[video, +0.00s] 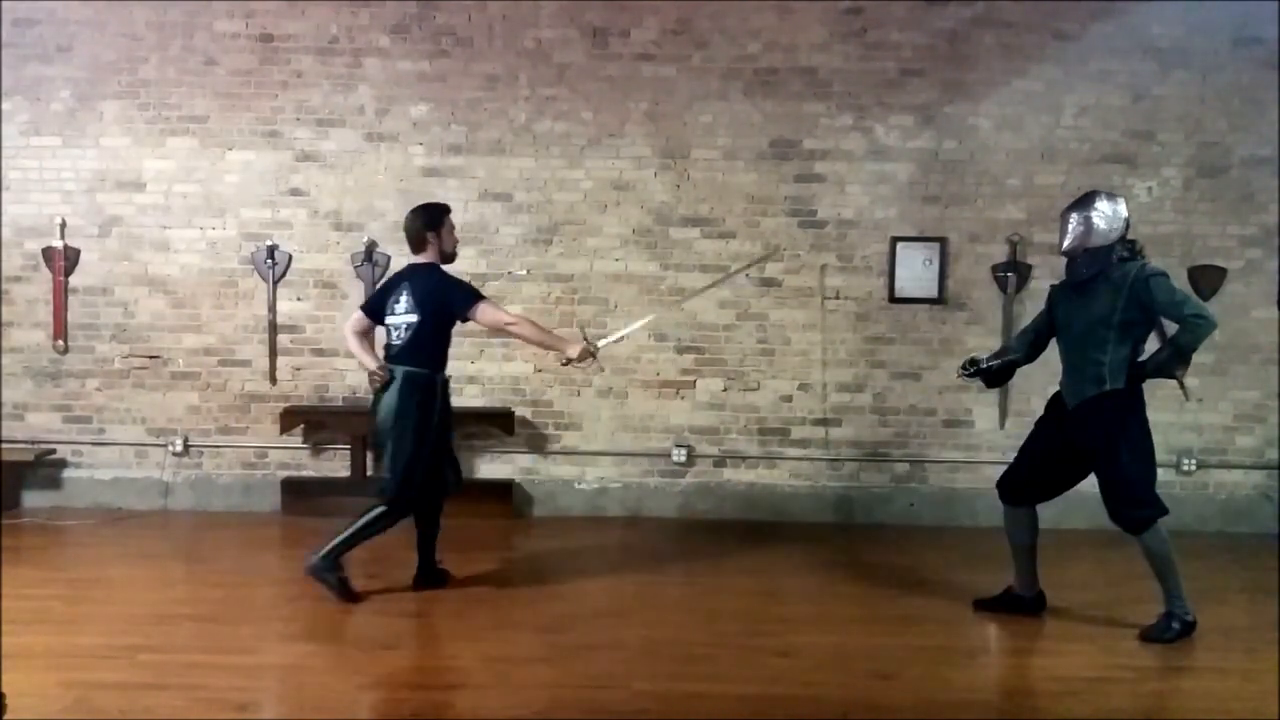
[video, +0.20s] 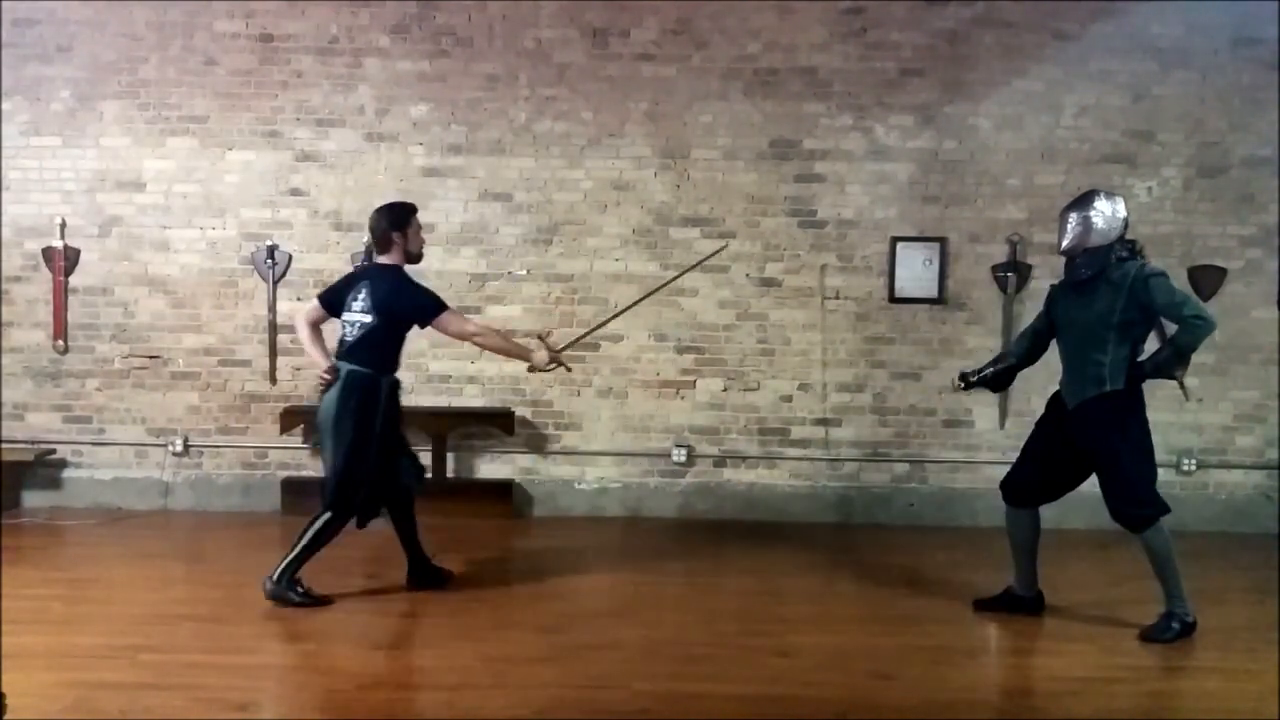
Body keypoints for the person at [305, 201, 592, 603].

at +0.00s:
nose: (457, 237)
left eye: (454, 229)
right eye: (451, 230)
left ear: (419, 240)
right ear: (434, 237)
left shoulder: (395, 284)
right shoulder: (443, 284)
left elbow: (354, 329)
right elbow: (507, 322)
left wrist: (374, 366)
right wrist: (564, 345)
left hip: (399, 395)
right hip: (418, 396)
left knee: (435, 482)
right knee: (407, 495)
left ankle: (427, 568)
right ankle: (327, 559)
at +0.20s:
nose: (424, 238)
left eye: (421, 230)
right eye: (418, 231)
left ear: (385, 240)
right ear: (398, 238)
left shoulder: (356, 280)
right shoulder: (402, 288)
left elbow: (306, 318)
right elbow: (469, 330)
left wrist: (323, 362)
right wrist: (529, 355)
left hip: (353, 396)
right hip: (364, 399)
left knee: (399, 481)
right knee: (351, 496)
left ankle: (419, 567)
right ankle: (283, 577)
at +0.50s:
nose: (376, 236)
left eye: (374, 228)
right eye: (371, 230)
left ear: (336, 238)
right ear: (350, 237)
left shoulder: (305, 274)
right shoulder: (350, 294)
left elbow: (256, 314)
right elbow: (411, 344)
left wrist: (262, 358)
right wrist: (465, 370)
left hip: (270, 389)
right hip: (299, 398)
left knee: (291, 483)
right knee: (319, 496)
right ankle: (277, 584)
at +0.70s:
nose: (352, 238)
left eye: (349, 230)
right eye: (345, 231)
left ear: (313, 241)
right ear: (323, 241)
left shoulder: (285, 280)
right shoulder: (322, 299)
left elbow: (241, 317)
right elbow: (380, 351)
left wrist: (241, 361)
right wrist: (436, 378)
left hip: (245, 394)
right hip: (276, 404)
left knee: (219, 480)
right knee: (312, 492)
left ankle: (164, 552)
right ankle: (277, 583)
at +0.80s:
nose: (340, 244)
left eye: (336, 235)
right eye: (333, 236)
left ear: (304, 246)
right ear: (312, 245)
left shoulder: (278, 285)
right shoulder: (310, 305)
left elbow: (234, 321)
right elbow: (370, 358)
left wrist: (231, 363)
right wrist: (425, 384)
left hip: (234, 397)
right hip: (266, 407)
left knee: (191, 479)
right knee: (307, 493)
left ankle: (138, 555)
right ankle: (277, 584)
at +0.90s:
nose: (329, 249)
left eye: (326, 241)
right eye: (322, 242)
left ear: (293, 251)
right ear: (299, 251)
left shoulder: (266, 291)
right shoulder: (297, 308)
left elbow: (223, 326)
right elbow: (363, 363)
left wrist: (218, 364)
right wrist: (418, 391)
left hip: (219, 402)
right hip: (253, 411)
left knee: (174, 485)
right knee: (304, 492)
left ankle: (123, 563)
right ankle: (277, 583)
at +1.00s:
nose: (317, 252)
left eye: (314, 244)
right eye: (310, 245)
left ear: (281, 253)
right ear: (288, 252)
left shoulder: (252, 293)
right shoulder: (286, 310)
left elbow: (210, 331)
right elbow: (349, 366)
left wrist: (206, 370)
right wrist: (407, 397)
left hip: (207, 405)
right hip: (241, 413)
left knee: (164, 487)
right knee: (298, 491)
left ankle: (113, 569)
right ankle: (277, 584)